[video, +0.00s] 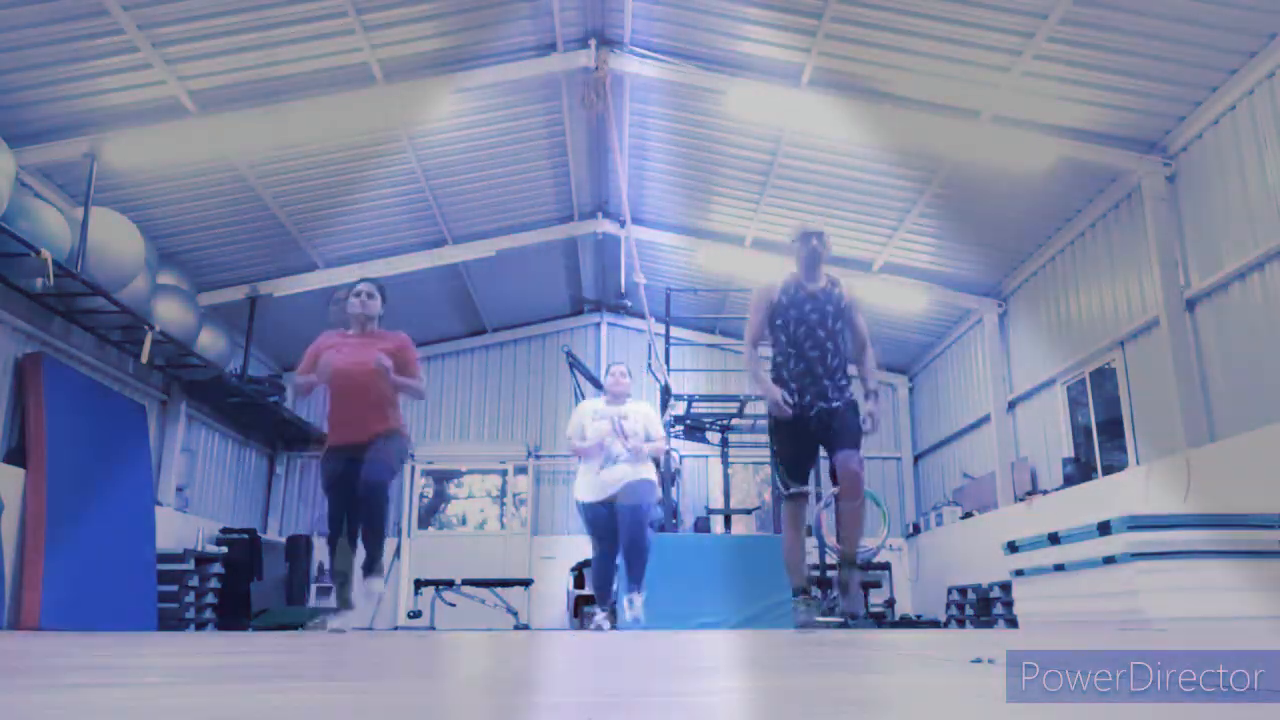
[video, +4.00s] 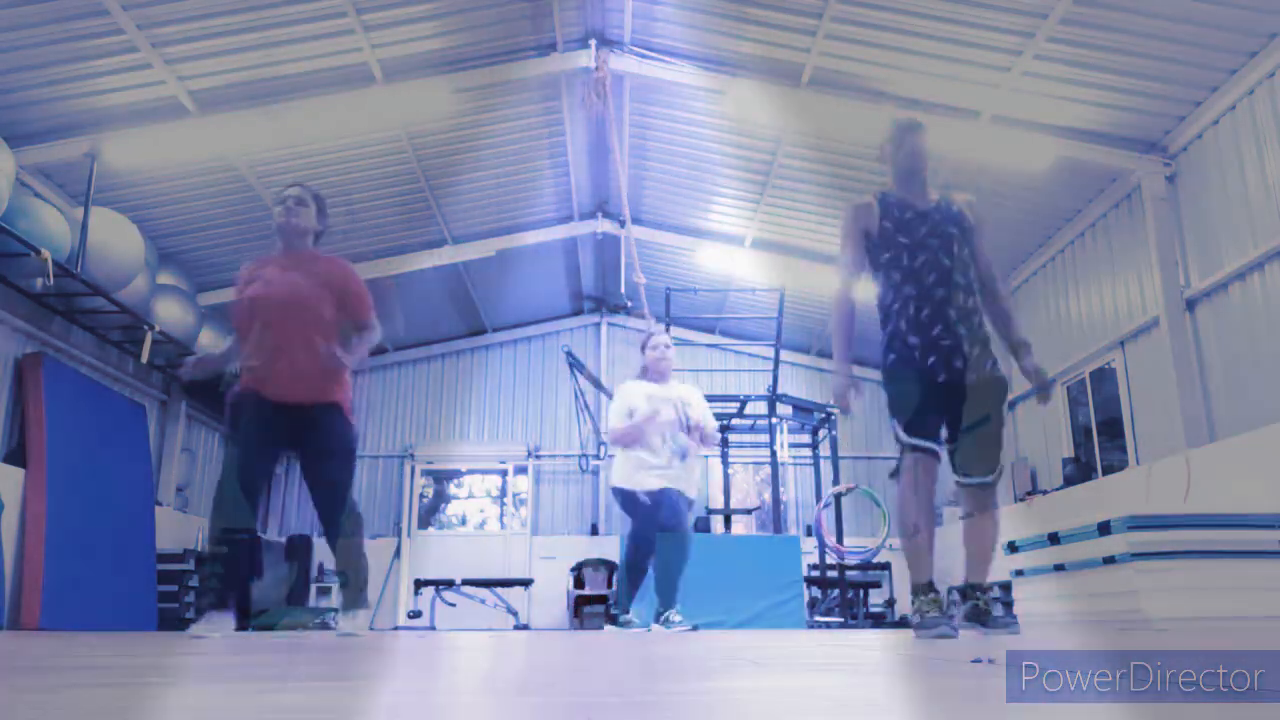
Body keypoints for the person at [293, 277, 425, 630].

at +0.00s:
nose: (362, 300)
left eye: (370, 296)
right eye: (356, 295)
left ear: (381, 306)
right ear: (346, 305)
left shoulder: (397, 341)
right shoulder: (327, 341)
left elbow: (420, 389)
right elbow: (296, 385)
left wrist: (391, 377)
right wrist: (316, 378)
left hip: (385, 436)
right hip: (341, 441)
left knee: (372, 482)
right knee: (339, 517)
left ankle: (373, 569)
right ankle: (343, 604)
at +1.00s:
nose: (349, 311)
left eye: (357, 307)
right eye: (343, 307)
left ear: (371, 319)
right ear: (336, 320)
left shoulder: (390, 356)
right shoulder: (324, 364)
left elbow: (415, 402)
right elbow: (319, 417)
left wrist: (396, 416)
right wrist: (300, 407)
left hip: (383, 463)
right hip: (338, 461)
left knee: (380, 536)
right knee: (335, 529)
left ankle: (383, 610)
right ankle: (335, 611)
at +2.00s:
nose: (350, 262)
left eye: (359, 257)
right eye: (345, 256)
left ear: (374, 268)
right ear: (336, 266)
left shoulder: (390, 310)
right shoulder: (321, 309)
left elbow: (413, 364)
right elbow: (314, 362)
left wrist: (372, 372)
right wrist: (298, 392)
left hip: (366, 420)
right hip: (320, 418)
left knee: (352, 510)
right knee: (295, 489)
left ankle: (352, 605)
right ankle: (320, 561)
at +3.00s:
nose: (310, 242)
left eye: (319, 236)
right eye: (303, 235)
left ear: (334, 249)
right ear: (292, 247)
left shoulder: (354, 299)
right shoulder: (269, 297)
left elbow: (371, 362)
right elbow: (245, 360)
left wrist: (377, 412)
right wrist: (264, 334)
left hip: (338, 398)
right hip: (279, 405)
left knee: (303, 429)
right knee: (273, 509)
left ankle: (307, 535)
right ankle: (282, 612)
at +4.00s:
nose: (289, 210)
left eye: (300, 205)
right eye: (283, 205)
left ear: (319, 221)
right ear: (274, 217)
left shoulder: (338, 272)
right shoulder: (253, 272)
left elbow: (370, 329)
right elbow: (242, 341)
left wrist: (354, 354)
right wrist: (211, 362)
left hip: (322, 404)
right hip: (260, 400)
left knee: (336, 506)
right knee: (235, 496)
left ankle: (355, 606)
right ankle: (220, 608)